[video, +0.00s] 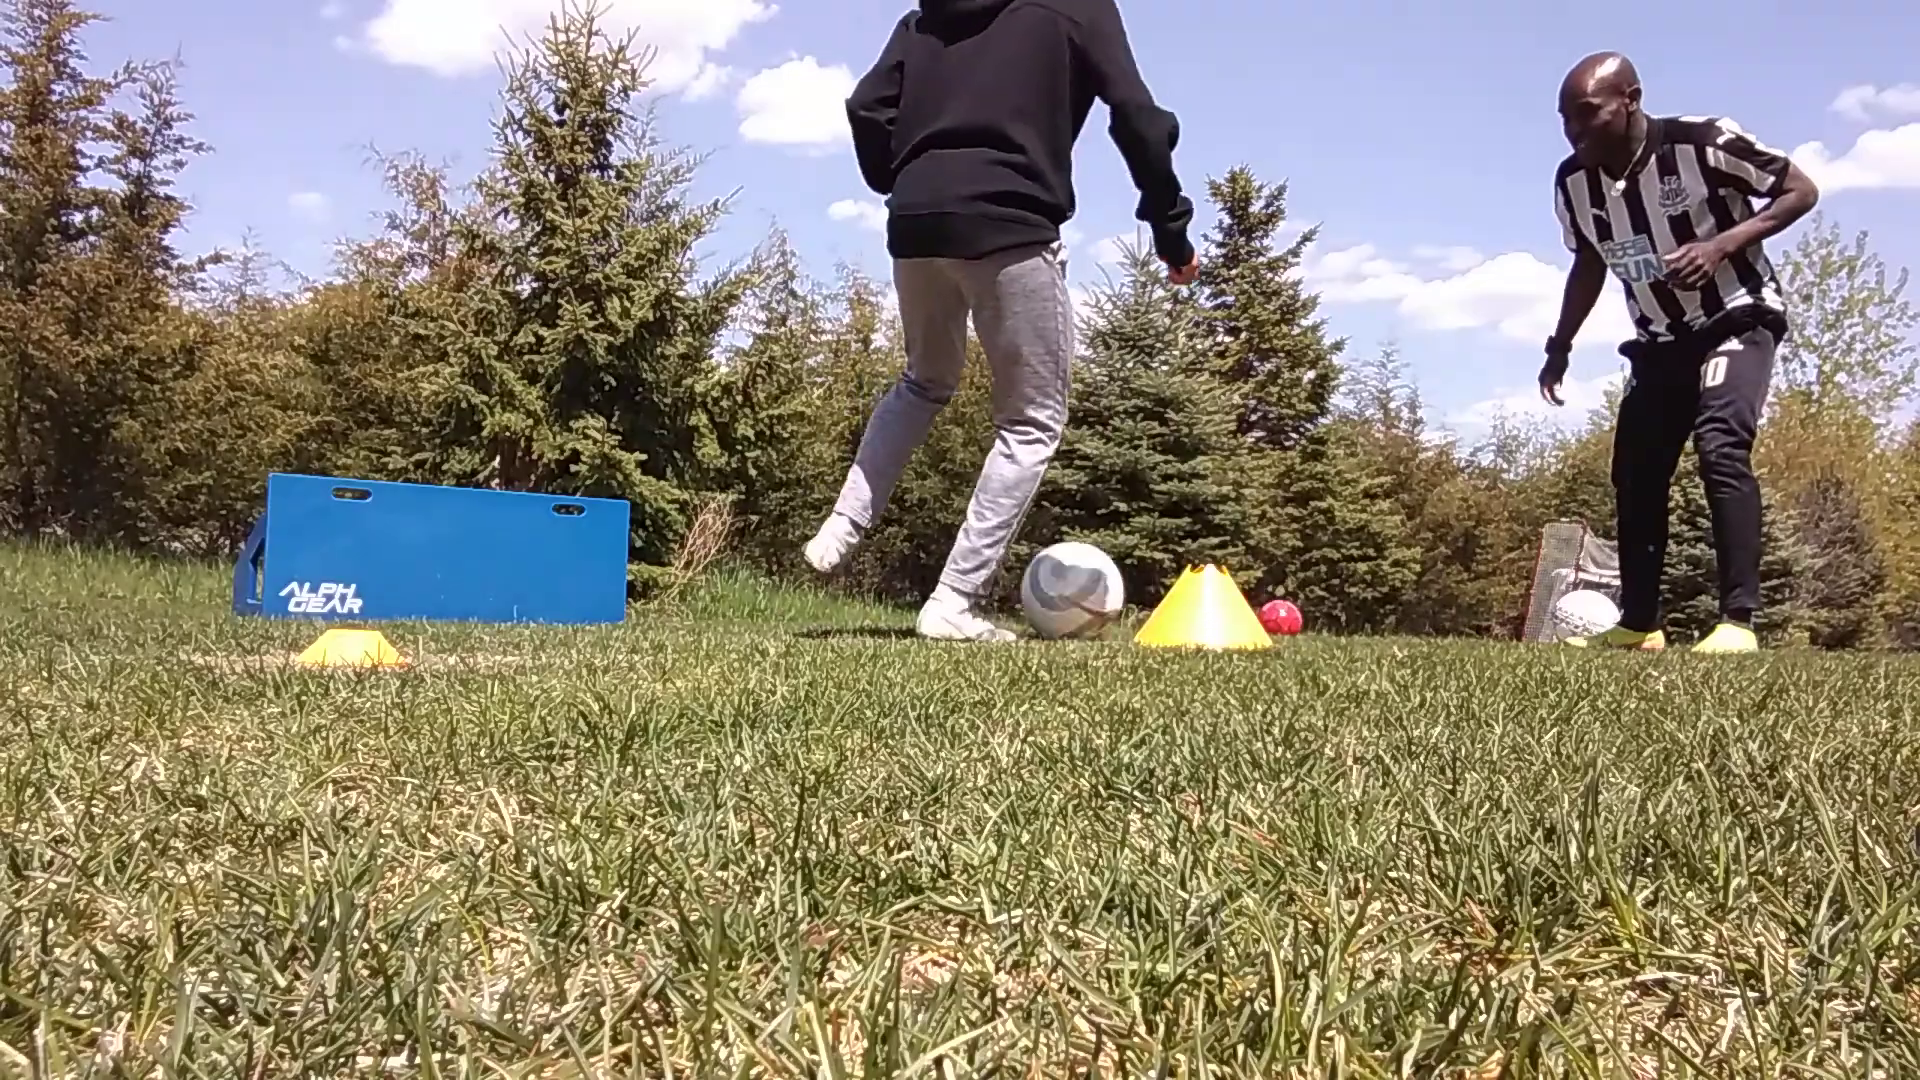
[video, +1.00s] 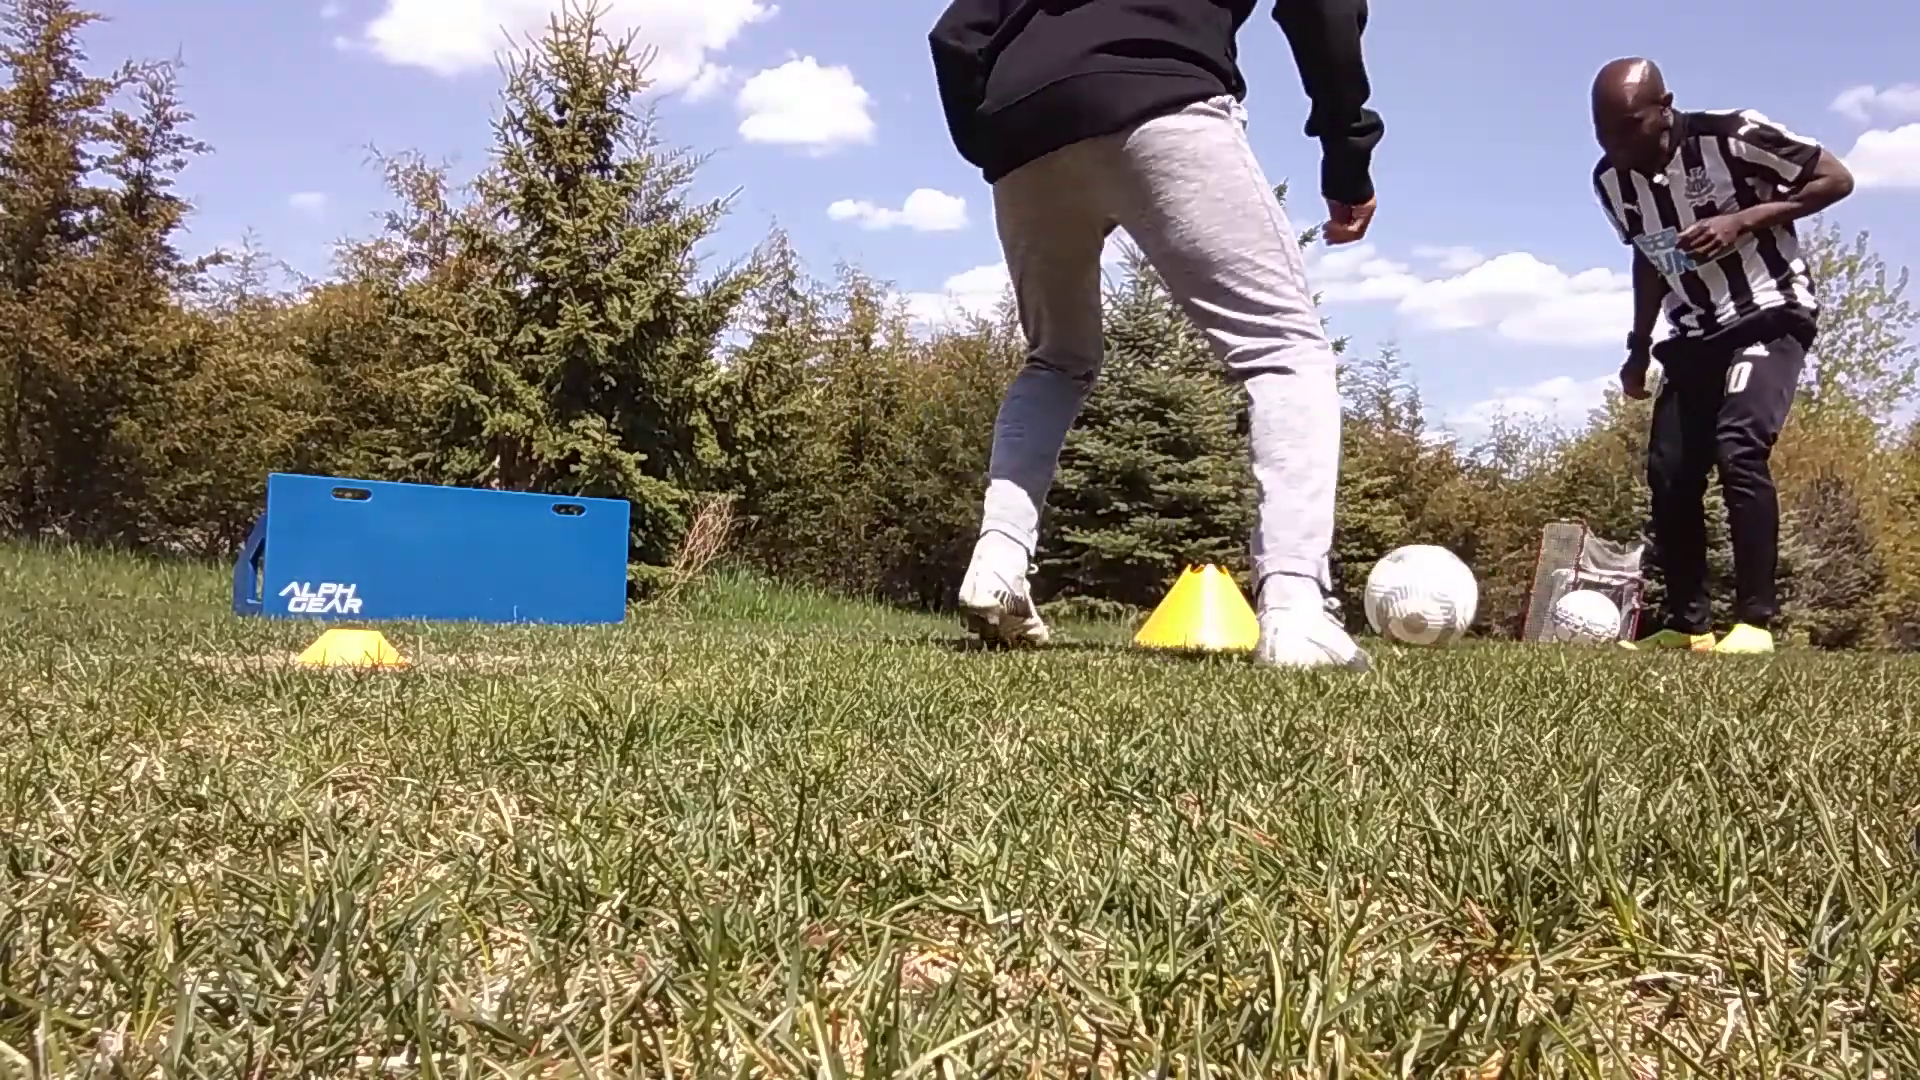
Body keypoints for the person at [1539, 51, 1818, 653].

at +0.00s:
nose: (1572, 134)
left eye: (1585, 117)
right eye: (1566, 120)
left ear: (1630, 103)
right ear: (1563, 117)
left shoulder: (1704, 142)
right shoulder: (1574, 182)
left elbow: (1801, 190)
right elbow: (1590, 262)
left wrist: (1722, 245)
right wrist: (1559, 347)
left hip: (1736, 320)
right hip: (1660, 340)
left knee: (1719, 446)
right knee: (1635, 469)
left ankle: (1737, 623)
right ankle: (1638, 624)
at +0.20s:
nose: (1565, 141)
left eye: (1575, 124)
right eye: (1559, 128)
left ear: (1620, 110)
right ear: (1559, 127)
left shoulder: (1698, 146)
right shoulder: (1571, 191)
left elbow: (1793, 194)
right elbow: (1589, 264)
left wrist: (1714, 248)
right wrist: (1557, 333)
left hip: (1739, 325)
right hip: (1663, 345)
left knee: (1729, 447)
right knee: (1635, 472)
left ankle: (1747, 614)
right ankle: (1638, 625)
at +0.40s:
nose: (1598, 130)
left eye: (1608, 113)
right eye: (1591, 117)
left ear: (1651, 96)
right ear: (1589, 112)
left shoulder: (1728, 139)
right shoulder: (1602, 171)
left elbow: (1825, 200)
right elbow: (1619, 248)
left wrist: (1735, 228)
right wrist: (1587, 318)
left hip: (1747, 328)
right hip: (1673, 342)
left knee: (1727, 455)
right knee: (1646, 469)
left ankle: (1753, 623)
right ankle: (1640, 624)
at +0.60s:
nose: (1621, 139)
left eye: (1628, 125)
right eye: (1614, 127)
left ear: (1669, 101)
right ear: (1612, 116)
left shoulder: (1750, 126)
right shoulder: (1627, 166)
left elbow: (1853, 174)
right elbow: (1651, 248)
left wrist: (1762, 207)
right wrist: (1607, 322)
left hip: (1774, 317)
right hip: (1695, 327)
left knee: (1736, 453)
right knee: (1610, 443)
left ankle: (1754, 624)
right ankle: (1644, 574)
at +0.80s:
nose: (1621, 170)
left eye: (1627, 156)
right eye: (1614, 159)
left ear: (1667, 132)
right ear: (1607, 143)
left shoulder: (1742, 141)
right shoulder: (1628, 187)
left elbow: (1857, 177)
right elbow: (1671, 264)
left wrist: (1760, 224)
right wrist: (1637, 345)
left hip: (1786, 318)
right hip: (1712, 334)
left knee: (1737, 455)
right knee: (1625, 448)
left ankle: (1755, 625)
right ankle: (1631, 604)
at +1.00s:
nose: (1602, 143)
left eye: (1613, 130)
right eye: (1599, 129)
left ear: (1660, 114)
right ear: (1601, 121)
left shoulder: (1734, 135)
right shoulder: (1611, 181)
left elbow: (1836, 179)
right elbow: (1649, 255)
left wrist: (1745, 218)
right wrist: (1639, 343)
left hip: (1769, 316)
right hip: (1692, 334)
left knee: (1737, 450)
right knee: (1668, 472)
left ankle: (1755, 622)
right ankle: (1690, 623)